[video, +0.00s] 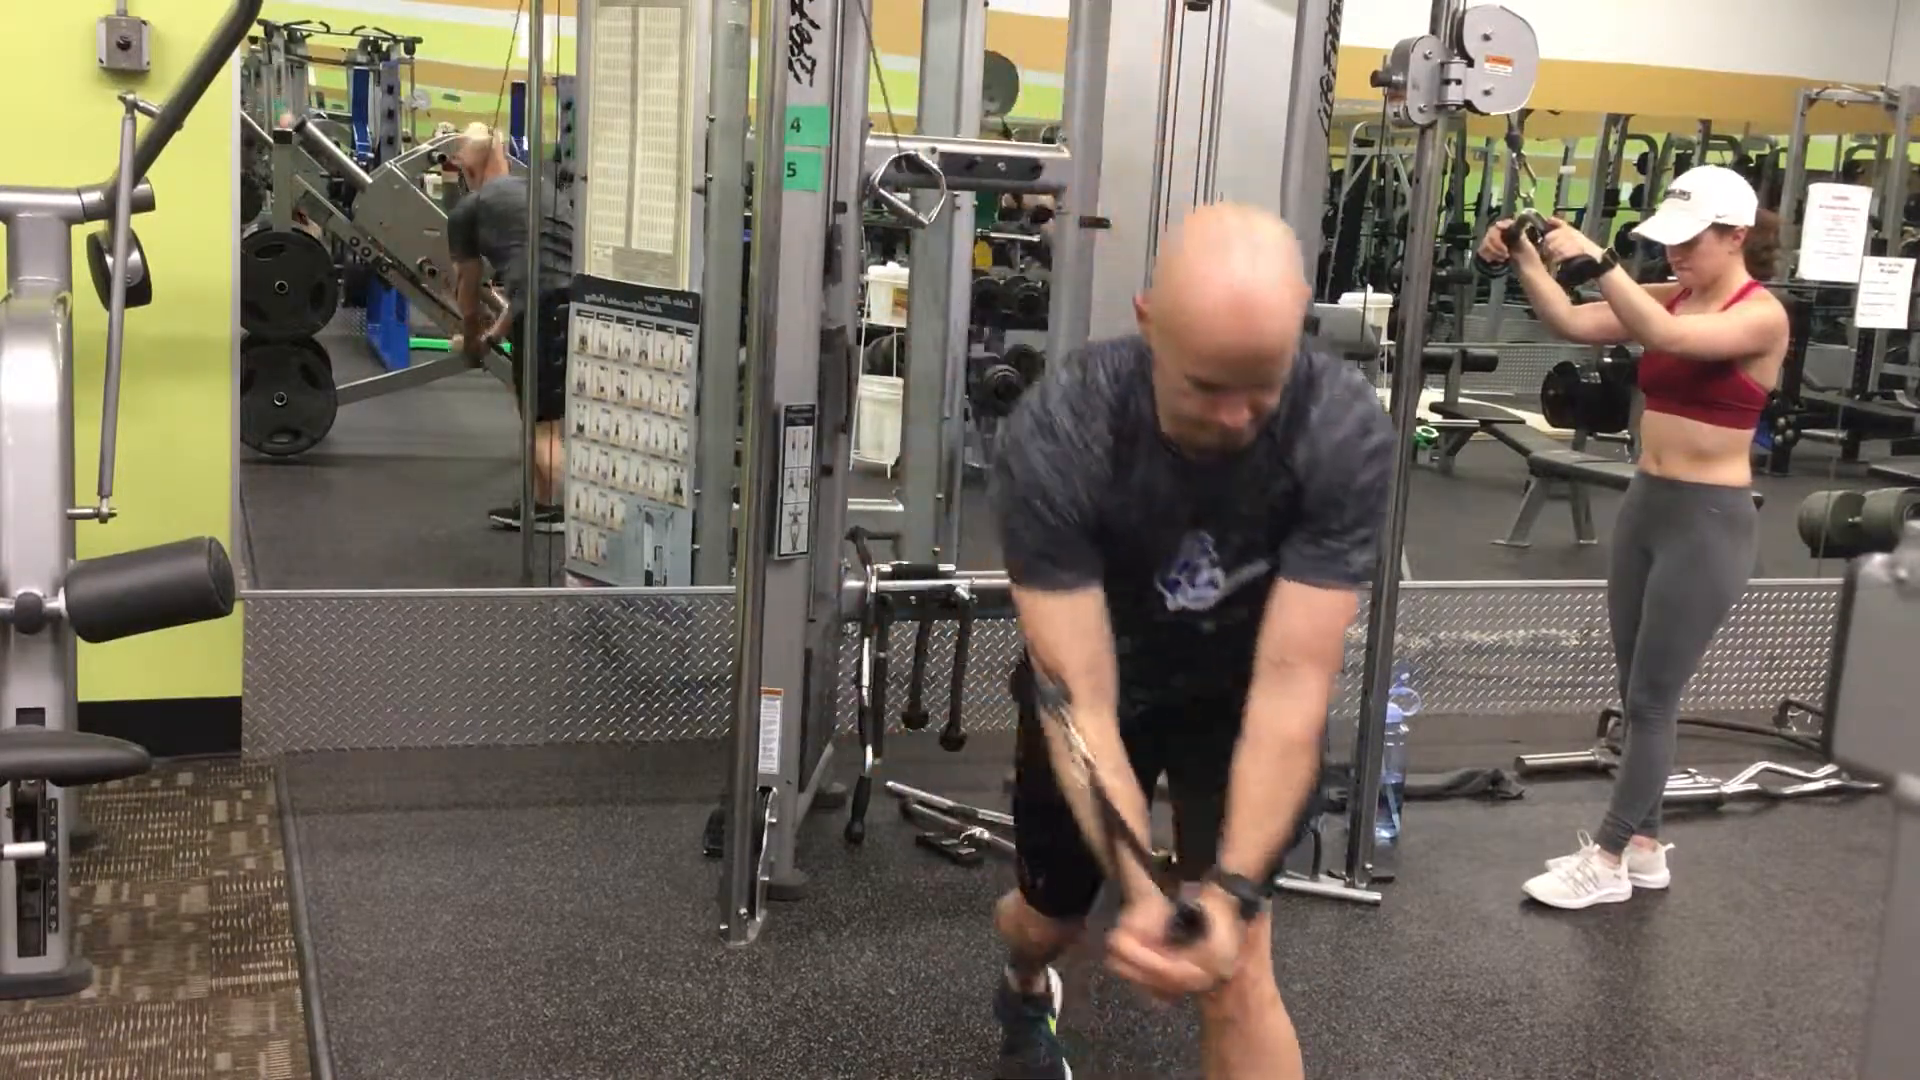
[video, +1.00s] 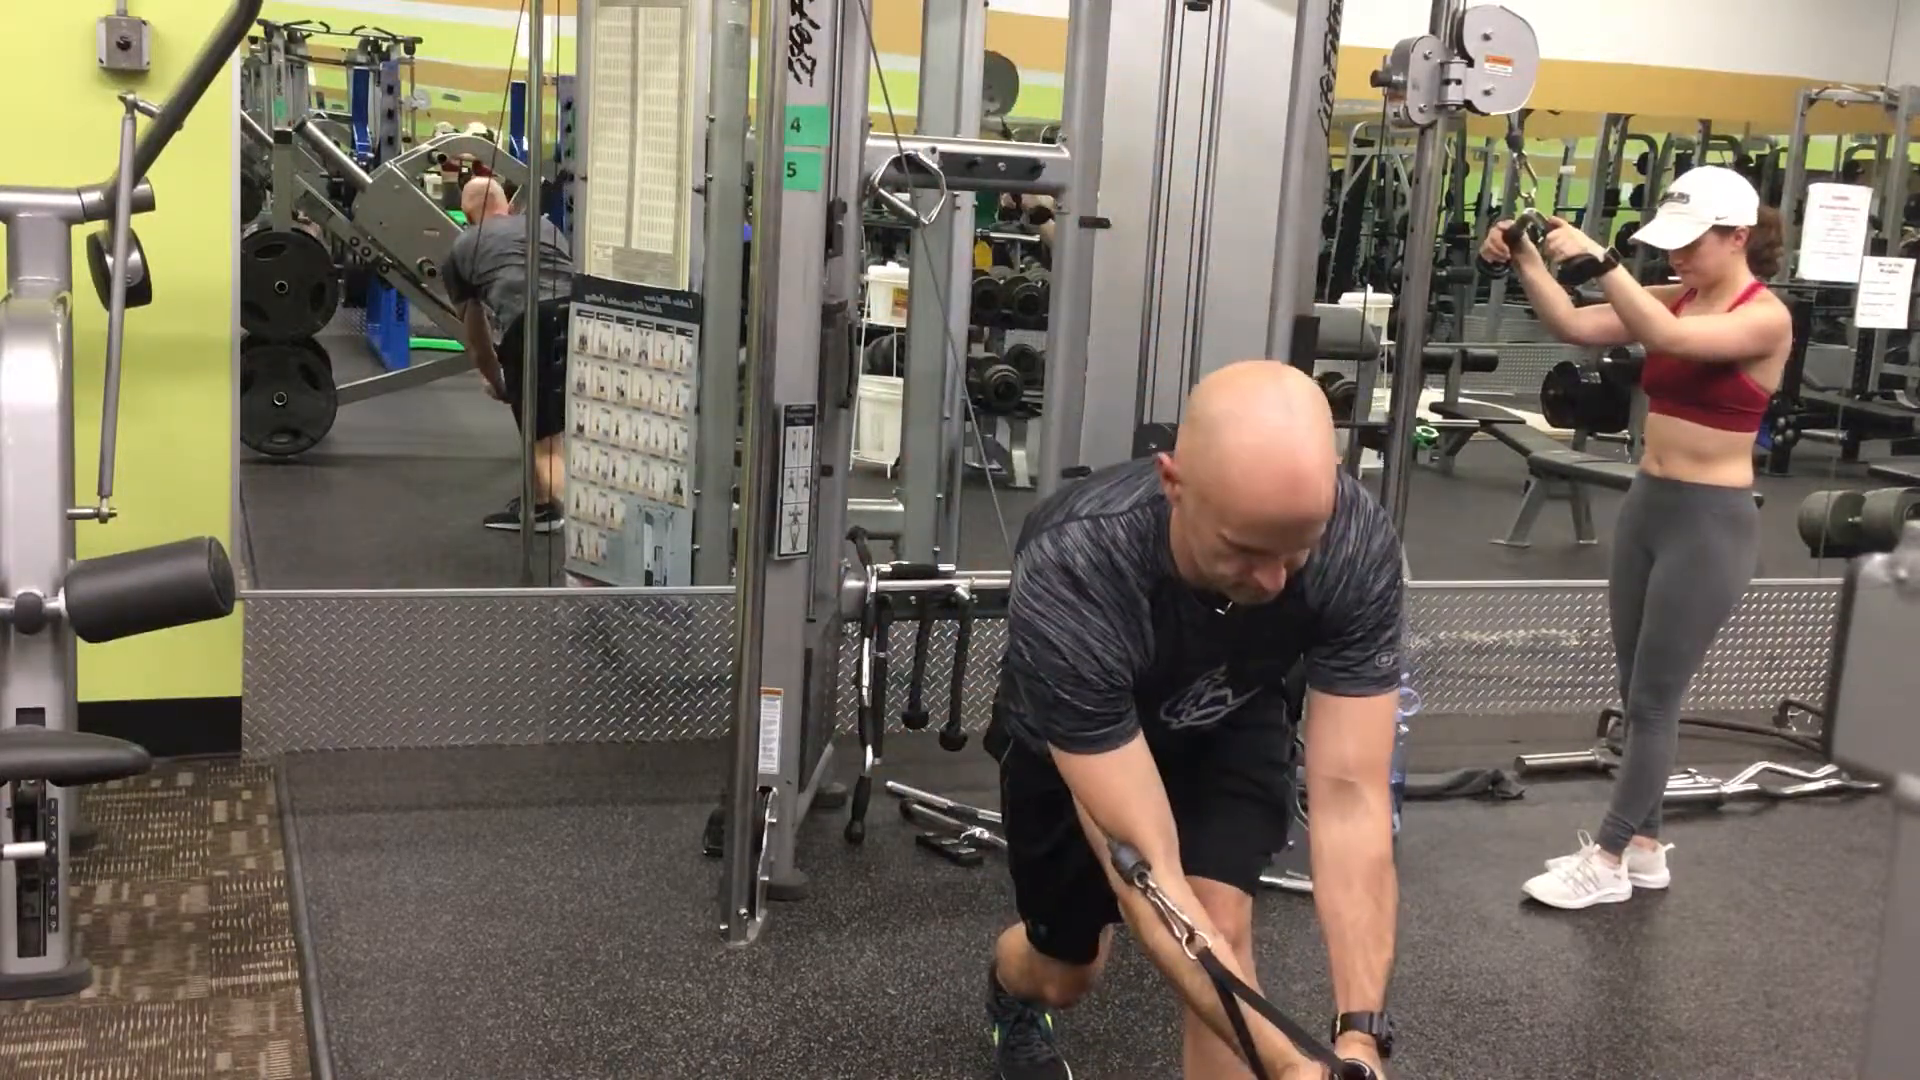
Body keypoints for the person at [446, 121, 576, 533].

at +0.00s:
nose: (459, 174)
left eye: (459, 167)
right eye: (457, 167)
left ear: (467, 166)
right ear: (502, 157)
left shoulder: (470, 208)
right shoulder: (542, 189)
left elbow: (468, 285)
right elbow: (534, 275)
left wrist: (471, 340)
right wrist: (498, 329)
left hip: (539, 307)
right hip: (581, 298)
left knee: (541, 421)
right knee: (556, 415)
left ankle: (562, 506)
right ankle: (540, 501)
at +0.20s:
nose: (471, 207)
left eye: (471, 201)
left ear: (474, 200)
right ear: (512, 192)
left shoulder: (471, 239)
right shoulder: (552, 216)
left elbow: (480, 317)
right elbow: (574, 272)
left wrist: (492, 368)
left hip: (531, 326)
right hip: (579, 318)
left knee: (539, 431)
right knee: (558, 423)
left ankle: (557, 507)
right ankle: (542, 502)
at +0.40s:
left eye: (474, 215)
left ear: (473, 216)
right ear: (514, 207)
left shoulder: (469, 250)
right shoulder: (547, 226)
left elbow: (481, 331)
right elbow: (573, 274)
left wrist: (497, 378)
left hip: (526, 326)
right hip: (580, 315)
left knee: (544, 440)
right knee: (548, 427)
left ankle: (578, 512)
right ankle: (542, 501)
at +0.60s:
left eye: (472, 217)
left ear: (471, 217)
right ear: (509, 207)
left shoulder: (465, 250)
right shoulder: (544, 226)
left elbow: (479, 334)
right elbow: (572, 273)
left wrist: (498, 380)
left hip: (525, 323)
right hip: (578, 314)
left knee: (543, 438)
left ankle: (575, 513)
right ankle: (541, 501)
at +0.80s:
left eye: (468, 216)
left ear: (469, 218)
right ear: (508, 208)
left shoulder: (464, 250)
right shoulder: (544, 226)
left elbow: (476, 334)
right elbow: (572, 272)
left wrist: (496, 384)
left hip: (525, 325)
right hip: (578, 314)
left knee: (543, 439)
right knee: (552, 425)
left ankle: (577, 515)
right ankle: (540, 501)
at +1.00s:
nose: (466, 219)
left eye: (466, 213)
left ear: (469, 214)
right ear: (506, 204)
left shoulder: (464, 248)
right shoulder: (544, 225)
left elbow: (476, 337)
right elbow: (570, 275)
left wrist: (496, 383)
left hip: (529, 325)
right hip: (581, 314)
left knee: (544, 437)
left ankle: (572, 512)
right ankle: (538, 501)